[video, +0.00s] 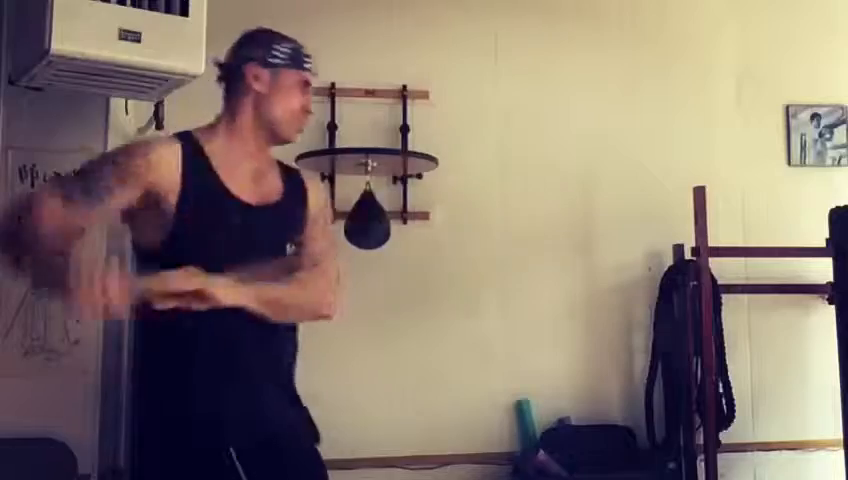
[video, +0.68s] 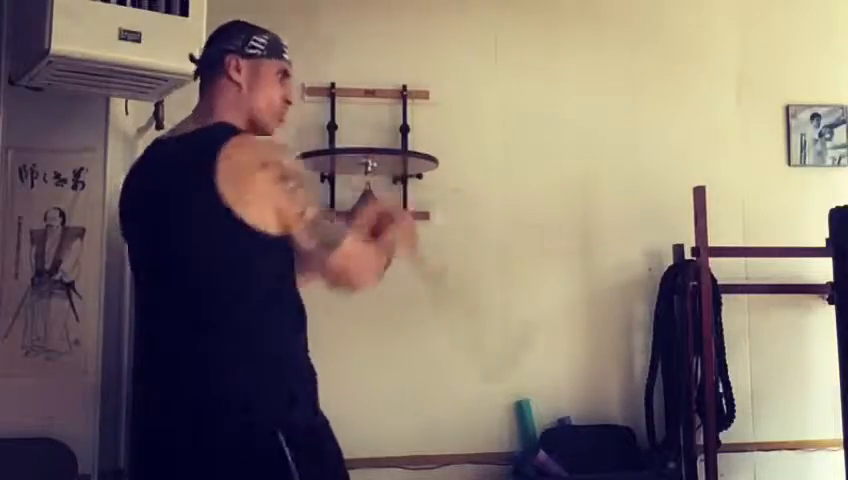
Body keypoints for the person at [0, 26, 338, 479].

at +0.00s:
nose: (310, 105)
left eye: (310, 91)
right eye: (302, 87)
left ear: (261, 82)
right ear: (257, 78)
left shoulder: (307, 190)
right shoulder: (161, 161)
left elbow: (323, 296)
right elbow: (40, 214)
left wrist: (230, 291)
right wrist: (78, 271)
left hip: (273, 423)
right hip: (176, 422)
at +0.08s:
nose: (320, 114)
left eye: (321, 101)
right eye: (313, 97)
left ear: (270, 89)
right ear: (267, 86)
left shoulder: (310, 195)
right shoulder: (174, 149)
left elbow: (320, 290)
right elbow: (58, 160)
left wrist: (234, 278)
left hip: (271, 405)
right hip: (179, 406)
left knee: (306, 472)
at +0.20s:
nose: (312, 123)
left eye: (314, 111)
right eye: (308, 106)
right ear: (269, 92)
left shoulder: (269, 188)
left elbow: (322, 286)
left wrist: (270, 252)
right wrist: (309, 161)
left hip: (267, 397)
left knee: (299, 469)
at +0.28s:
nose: (308, 134)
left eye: (313, 110)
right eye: (298, 104)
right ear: (251, 90)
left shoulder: (266, 195)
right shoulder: (187, 152)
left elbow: (318, 295)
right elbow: (290, 98)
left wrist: (291, 251)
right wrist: (367, 195)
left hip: (266, 406)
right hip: (191, 410)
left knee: (301, 471)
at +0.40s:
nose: (297, 119)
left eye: (299, 107)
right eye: (293, 102)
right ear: (254, 86)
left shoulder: (154, 170)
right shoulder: (261, 136)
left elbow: (208, 295)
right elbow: (396, 173)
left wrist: (302, 272)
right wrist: (381, 232)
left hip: (160, 422)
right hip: (249, 423)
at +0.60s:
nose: (295, 106)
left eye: (296, 91)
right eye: (289, 86)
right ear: (245, 74)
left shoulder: (136, 173)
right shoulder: (271, 150)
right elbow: (376, 221)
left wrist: (289, 244)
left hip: (166, 413)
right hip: (264, 413)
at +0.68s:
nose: (290, 97)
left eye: (289, 81)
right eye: (281, 76)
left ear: (235, 72)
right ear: (236, 70)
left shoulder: (146, 168)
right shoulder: (253, 158)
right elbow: (354, 268)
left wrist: (344, 236)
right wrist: (383, 236)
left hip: (169, 419)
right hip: (262, 421)